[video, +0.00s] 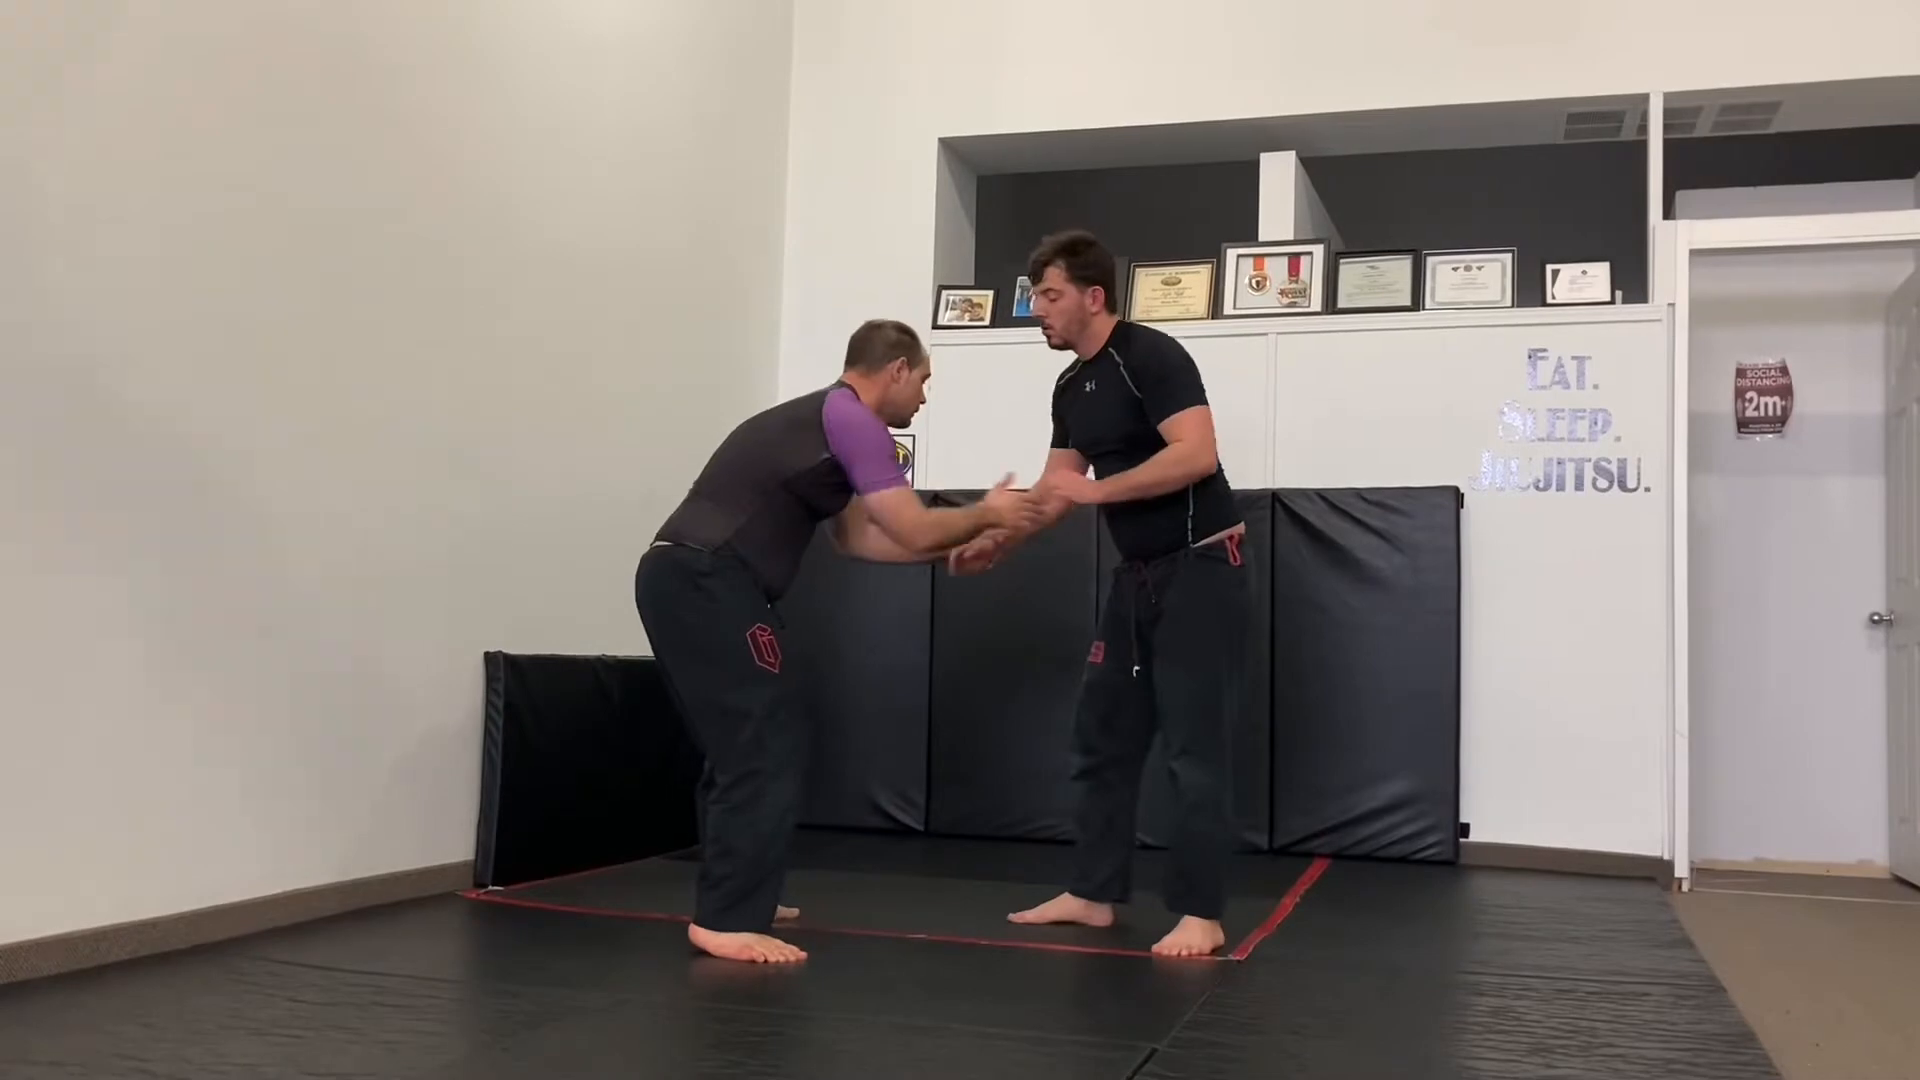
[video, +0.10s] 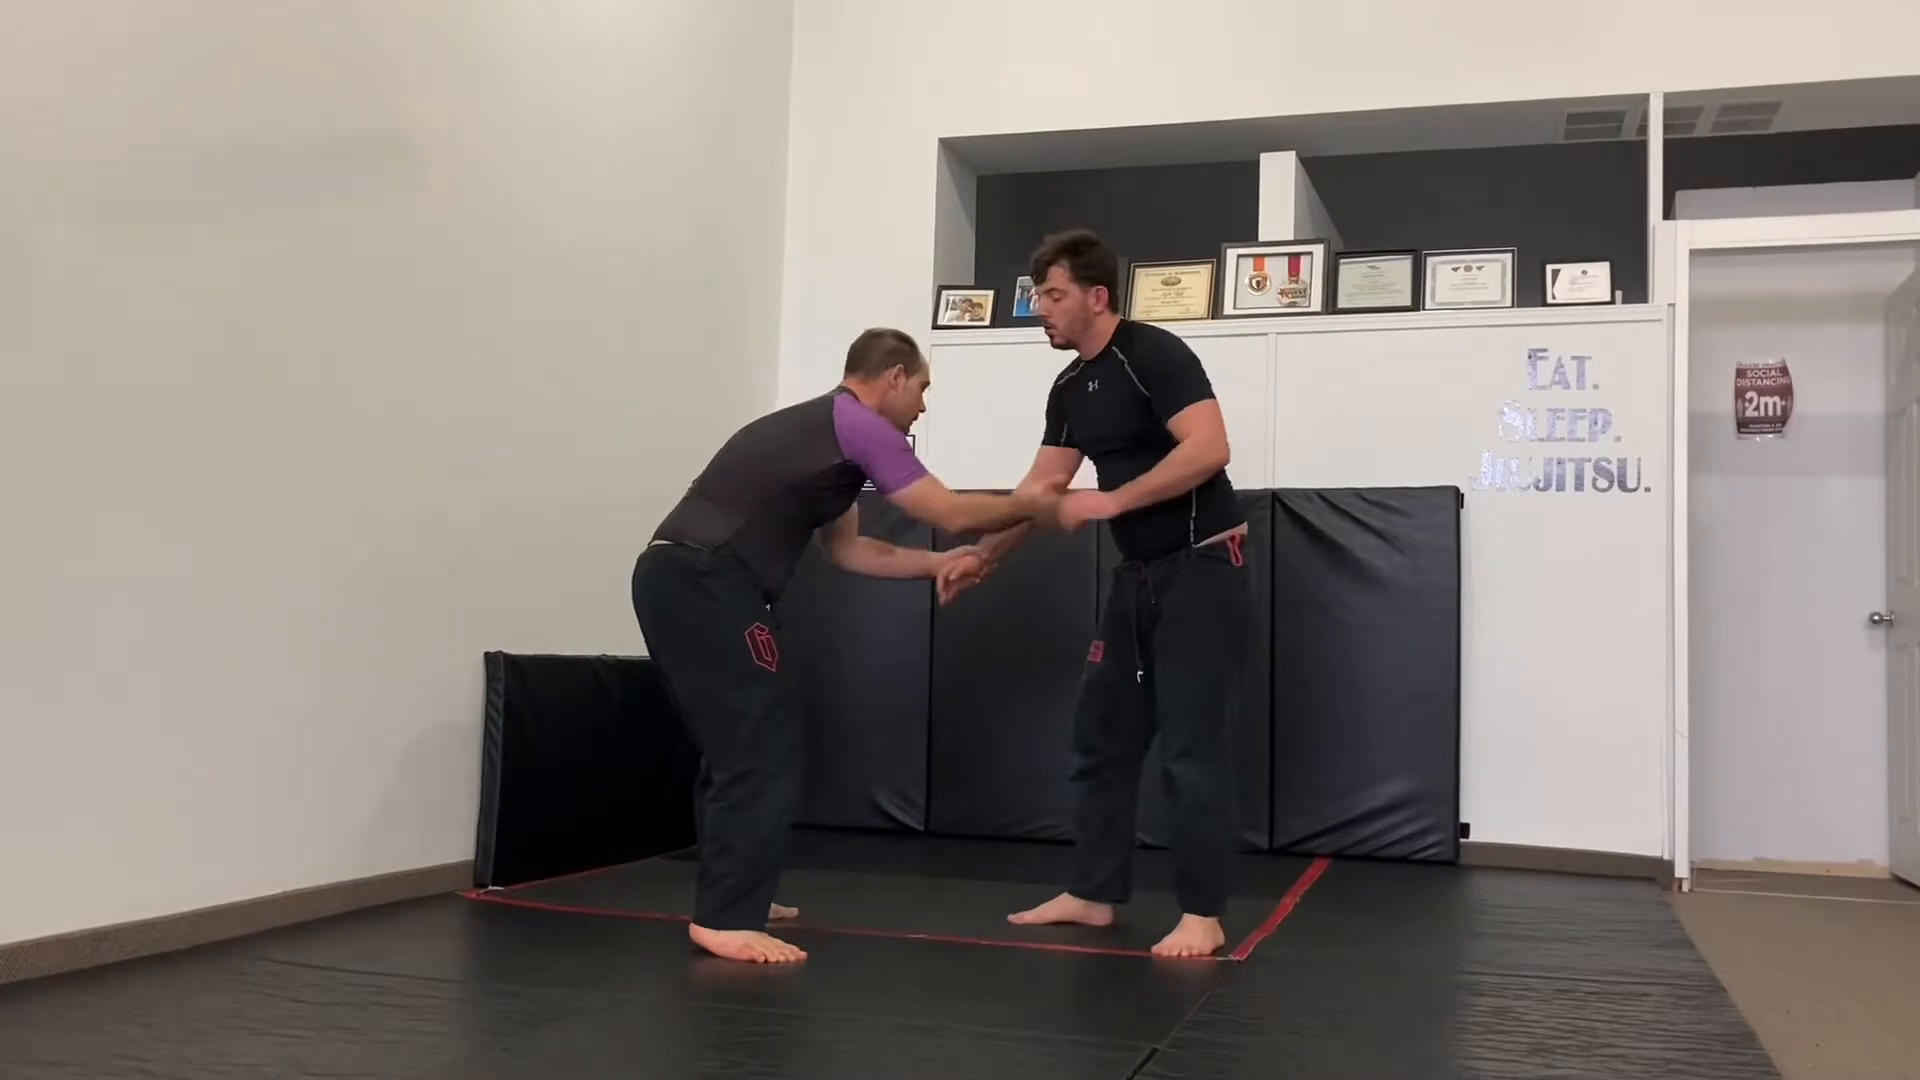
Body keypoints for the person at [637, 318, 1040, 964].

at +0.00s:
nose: (922, 397)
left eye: (924, 384)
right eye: (921, 382)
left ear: (863, 371)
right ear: (895, 372)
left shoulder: (821, 417)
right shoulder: (853, 419)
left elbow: (860, 537)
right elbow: (916, 527)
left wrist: (953, 544)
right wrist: (987, 512)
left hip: (683, 575)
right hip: (706, 581)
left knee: (743, 742)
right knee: (766, 740)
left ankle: (739, 894)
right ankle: (726, 917)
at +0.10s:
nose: (922, 404)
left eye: (924, 390)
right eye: (920, 388)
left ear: (865, 381)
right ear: (892, 379)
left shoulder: (821, 432)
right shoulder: (859, 423)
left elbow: (849, 551)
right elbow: (949, 513)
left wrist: (941, 562)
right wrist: (1030, 503)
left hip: (683, 575)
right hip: (703, 580)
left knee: (743, 743)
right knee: (760, 743)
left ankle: (736, 896)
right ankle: (725, 917)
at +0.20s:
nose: (925, 412)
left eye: (926, 398)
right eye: (922, 396)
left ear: (867, 387)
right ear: (894, 386)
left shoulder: (821, 440)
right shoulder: (866, 426)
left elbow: (834, 556)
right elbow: (963, 502)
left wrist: (925, 570)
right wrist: (1048, 496)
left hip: (680, 576)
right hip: (705, 580)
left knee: (742, 740)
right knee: (771, 738)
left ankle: (734, 893)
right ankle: (730, 907)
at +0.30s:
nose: (931, 422)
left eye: (933, 408)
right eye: (929, 405)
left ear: (871, 392)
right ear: (901, 391)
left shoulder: (825, 441)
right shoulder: (872, 431)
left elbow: (830, 562)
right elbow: (967, 510)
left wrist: (918, 577)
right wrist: (1036, 495)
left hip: (673, 576)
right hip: (715, 579)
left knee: (730, 743)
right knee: (793, 729)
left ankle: (718, 897)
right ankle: (767, 902)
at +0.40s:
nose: (944, 434)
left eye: (948, 420)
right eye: (945, 417)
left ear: (884, 399)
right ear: (918, 400)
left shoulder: (833, 442)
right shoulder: (887, 436)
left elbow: (835, 570)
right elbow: (963, 532)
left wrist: (916, 579)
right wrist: (1024, 511)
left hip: (683, 576)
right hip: (732, 580)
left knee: (734, 743)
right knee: (800, 736)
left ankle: (724, 892)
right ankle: (799, 902)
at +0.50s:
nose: (965, 441)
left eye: (967, 427)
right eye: (965, 423)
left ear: (907, 404)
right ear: (941, 405)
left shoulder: (851, 444)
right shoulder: (908, 438)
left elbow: (826, 570)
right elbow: (963, 541)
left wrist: (912, 586)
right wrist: (1020, 516)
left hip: (703, 580)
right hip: (755, 586)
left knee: (751, 746)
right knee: (824, 742)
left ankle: (730, 891)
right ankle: (814, 908)